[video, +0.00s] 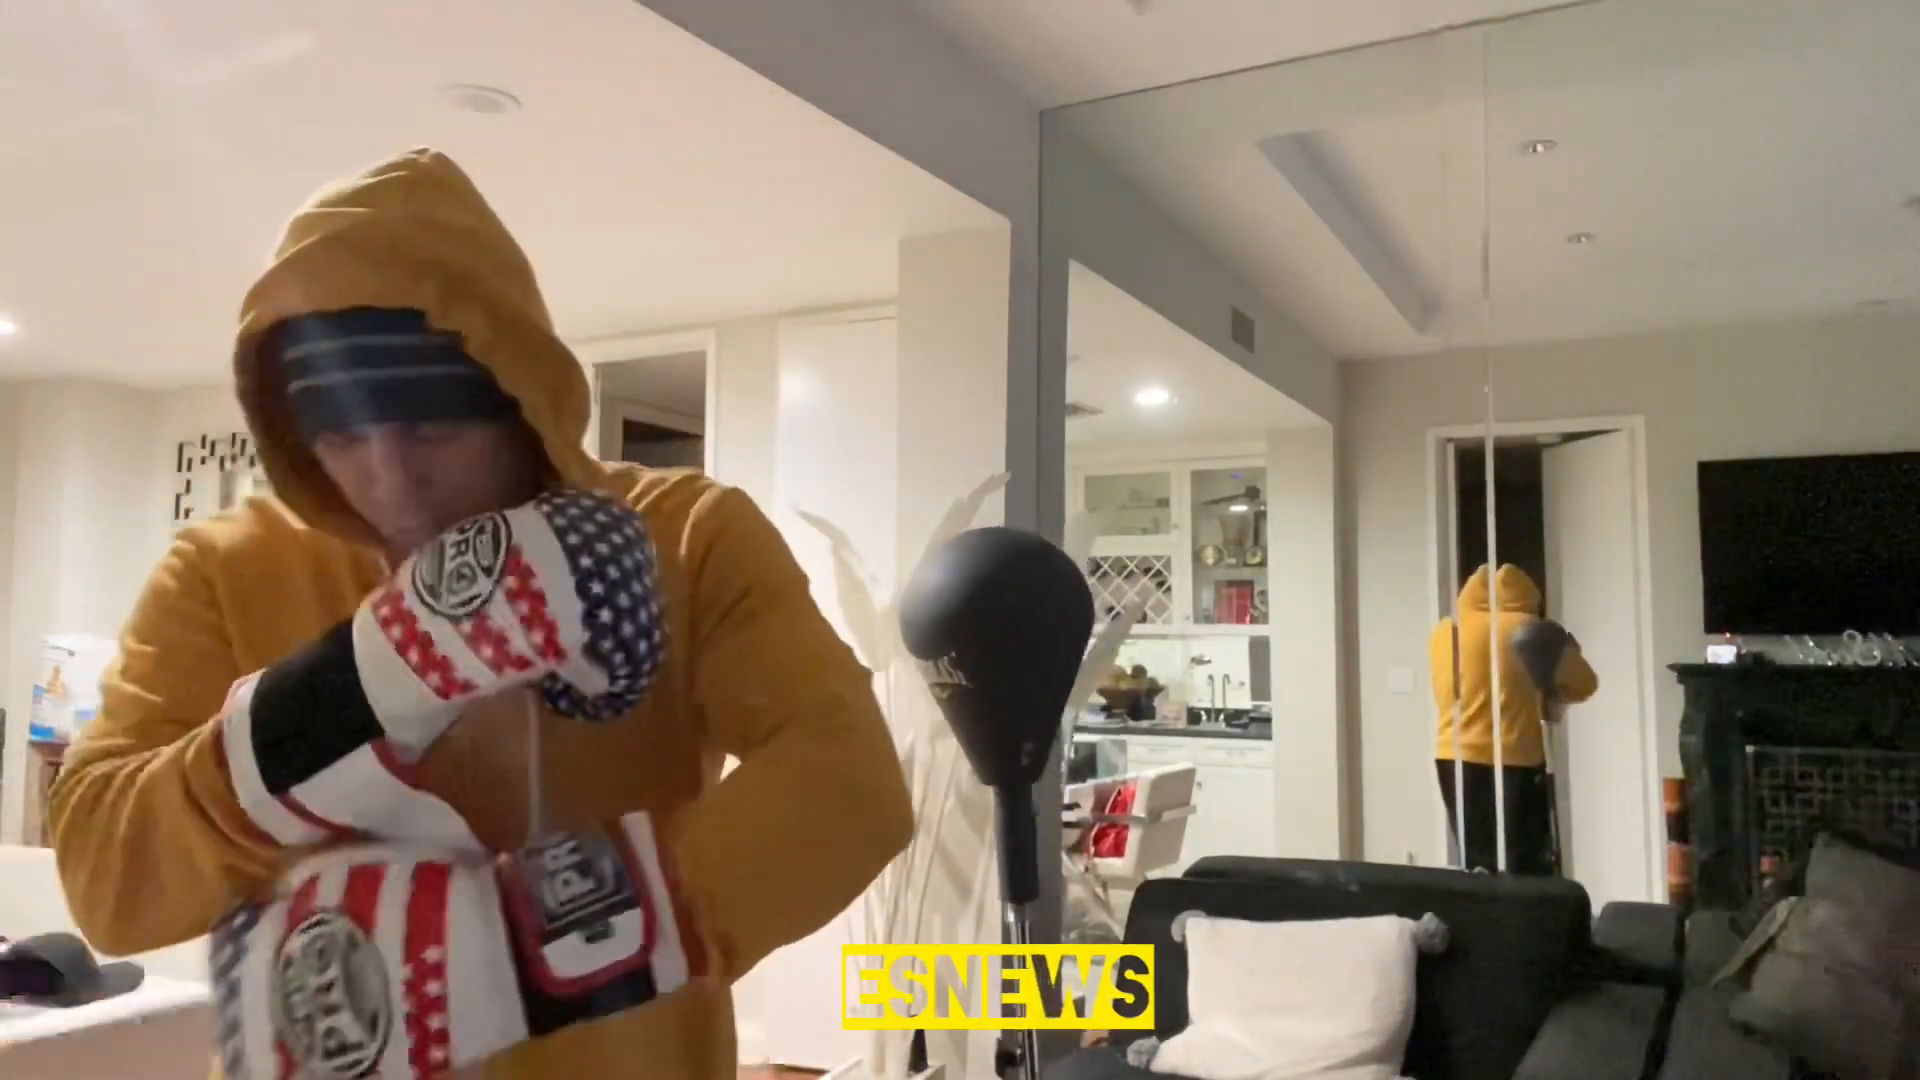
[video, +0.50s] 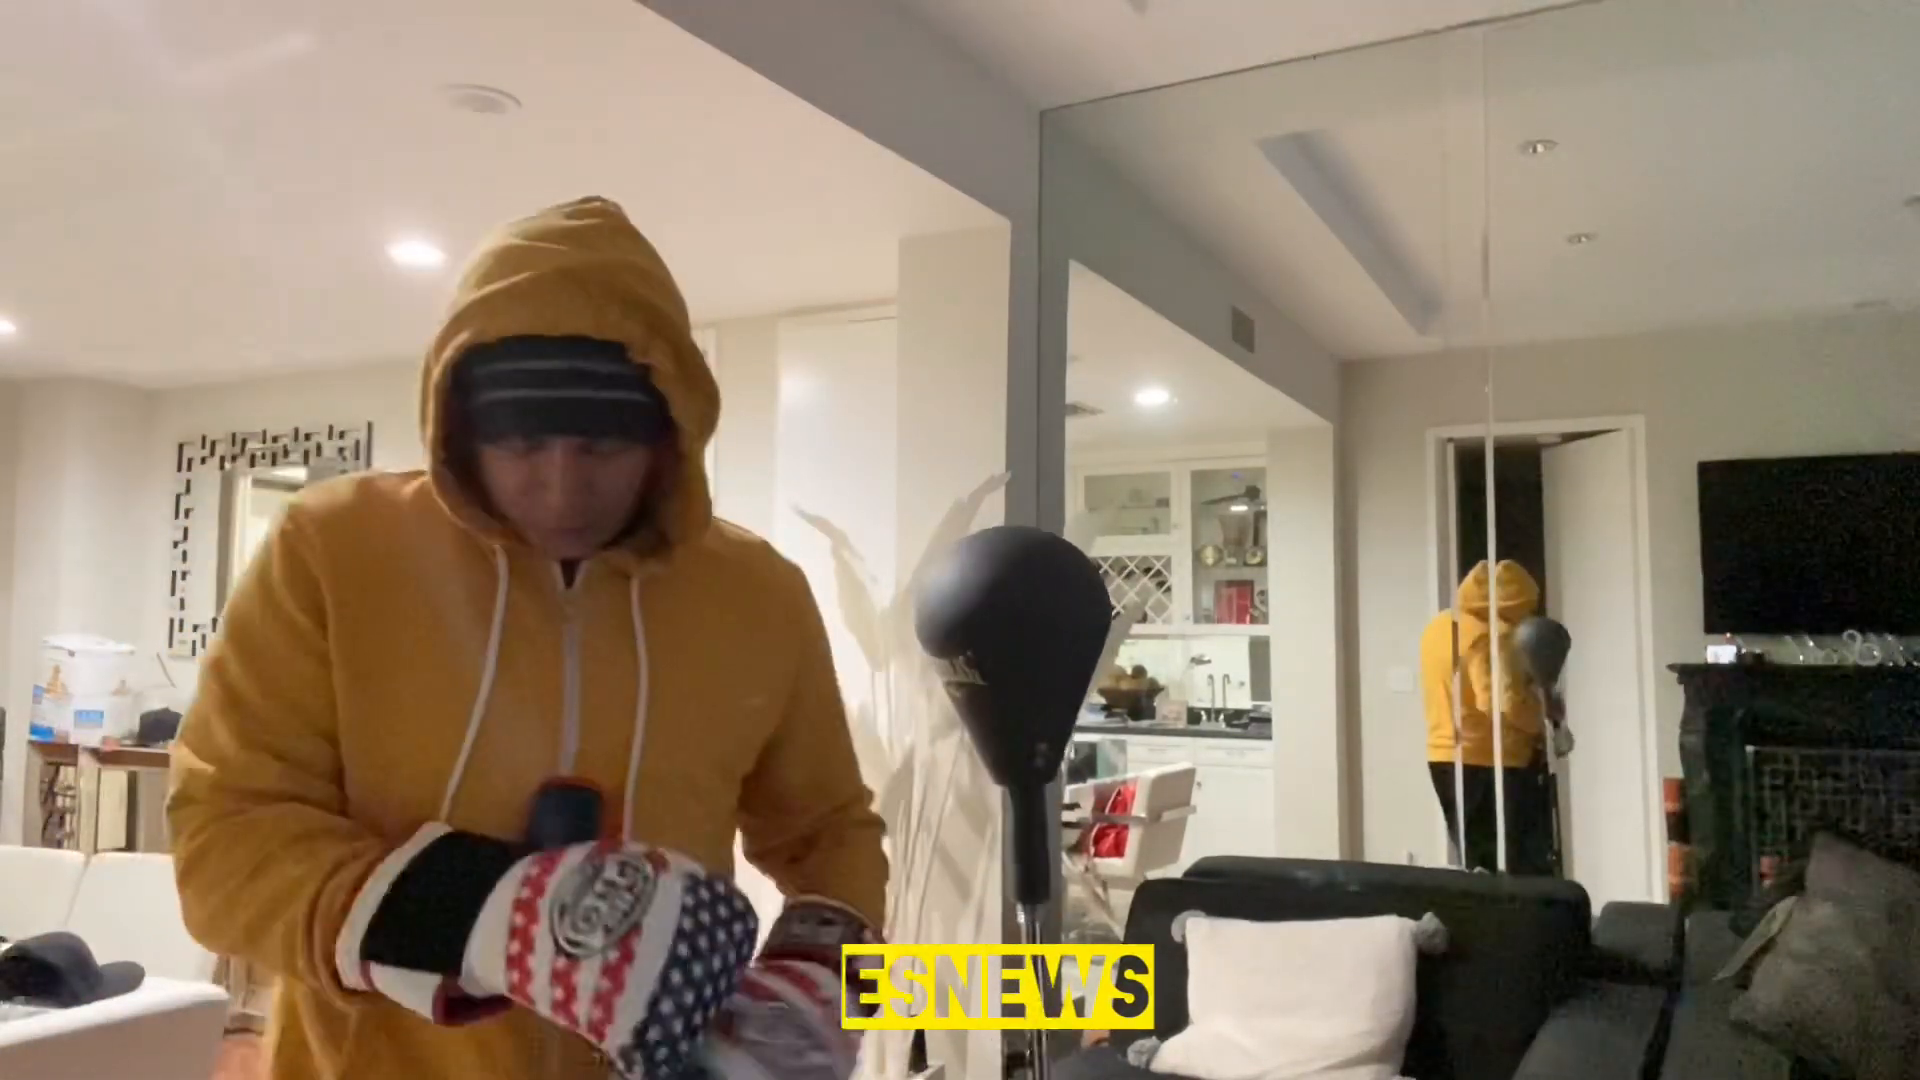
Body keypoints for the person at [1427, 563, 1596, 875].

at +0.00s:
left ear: (1470, 593)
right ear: (1525, 596)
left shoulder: (1445, 633)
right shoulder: (1532, 630)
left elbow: (1446, 691)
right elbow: (1582, 683)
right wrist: (1544, 696)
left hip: (1457, 764)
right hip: (1518, 766)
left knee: (1474, 860)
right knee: (1527, 862)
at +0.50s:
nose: (1525, 617)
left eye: (1528, 608)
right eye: (1524, 607)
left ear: (1476, 591)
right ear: (1508, 601)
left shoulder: (1438, 628)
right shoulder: (1487, 633)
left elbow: (1448, 699)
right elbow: (1500, 700)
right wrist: (1543, 717)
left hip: (1448, 765)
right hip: (1491, 766)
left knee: (1478, 865)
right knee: (1520, 866)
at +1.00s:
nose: (1517, 619)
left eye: (1521, 610)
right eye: (1517, 609)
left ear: (1475, 596)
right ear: (1496, 604)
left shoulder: (1439, 628)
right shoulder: (1466, 634)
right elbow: (1491, 700)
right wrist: (1527, 686)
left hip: (1449, 763)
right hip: (1478, 765)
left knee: (1478, 865)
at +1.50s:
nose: (1527, 617)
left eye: (1530, 609)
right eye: (1527, 608)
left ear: (1479, 591)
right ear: (1512, 601)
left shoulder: (1442, 629)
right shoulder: (1491, 629)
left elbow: (1450, 699)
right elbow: (1524, 695)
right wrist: (1544, 700)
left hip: (1449, 764)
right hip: (1495, 765)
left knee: (1473, 861)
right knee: (1521, 863)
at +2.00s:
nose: (1538, 616)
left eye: (1538, 610)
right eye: (1538, 608)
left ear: (1489, 589)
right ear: (1530, 599)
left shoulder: (1450, 631)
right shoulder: (1513, 627)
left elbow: (1451, 692)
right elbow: (1535, 687)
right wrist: (1564, 676)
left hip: (1459, 761)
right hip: (1510, 764)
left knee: (1476, 856)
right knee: (1526, 859)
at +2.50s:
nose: (1543, 613)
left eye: (1544, 606)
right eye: (1542, 605)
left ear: (1494, 590)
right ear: (1533, 599)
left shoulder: (1454, 631)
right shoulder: (1526, 632)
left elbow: (1451, 697)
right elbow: (1556, 701)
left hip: (1463, 764)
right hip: (1516, 767)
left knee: (1477, 858)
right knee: (1527, 863)